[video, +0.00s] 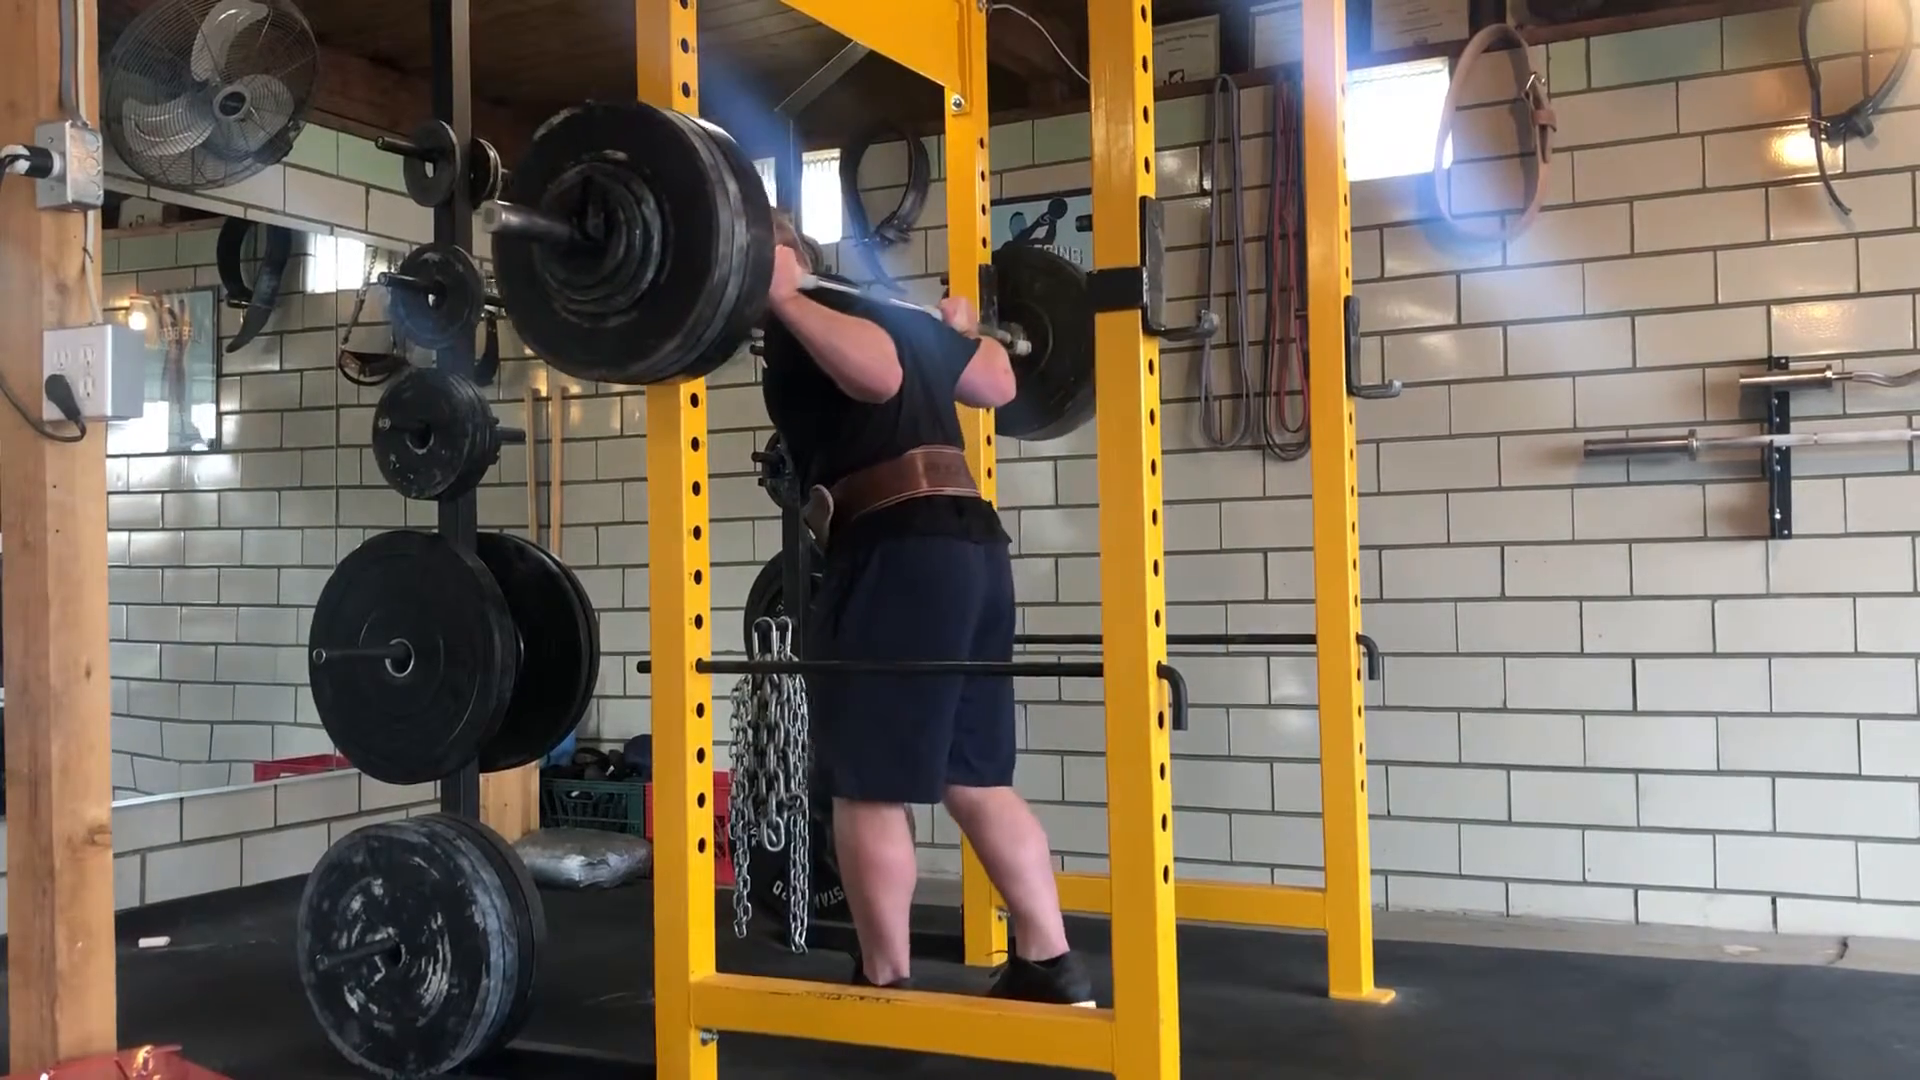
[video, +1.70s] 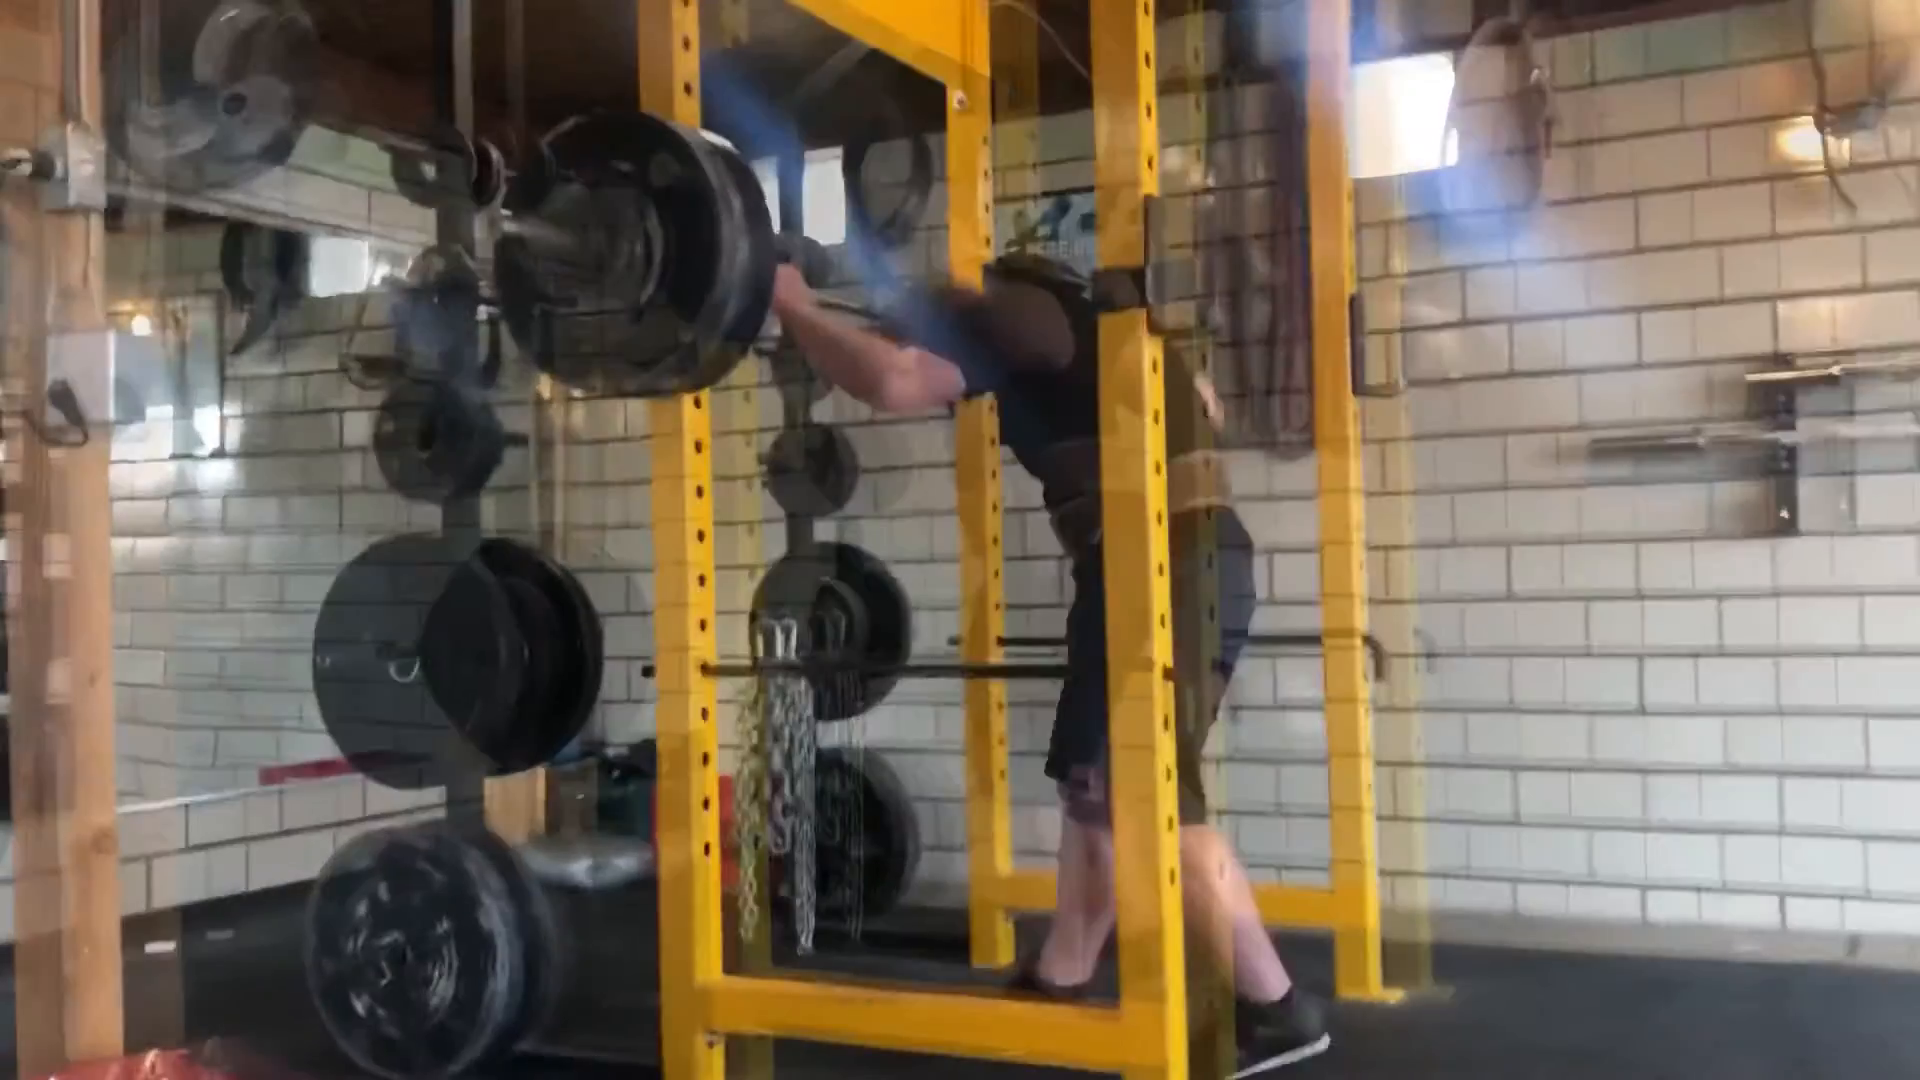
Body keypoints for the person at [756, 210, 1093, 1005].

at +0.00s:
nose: (752, 271)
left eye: (756, 252)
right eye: (750, 255)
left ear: (786, 251)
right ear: (804, 250)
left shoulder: (807, 317)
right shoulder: (894, 317)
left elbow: (880, 375)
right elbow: (997, 381)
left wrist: (781, 298)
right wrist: (964, 330)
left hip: (899, 554)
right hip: (977, 553)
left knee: (868, 784)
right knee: (975, 778)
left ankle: (884, 986)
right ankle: (1048, 964)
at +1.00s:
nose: (746, 378)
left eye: (742, 364)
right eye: (740, 364)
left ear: (759, 336)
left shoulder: (815, 340)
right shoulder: (920, 332)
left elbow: (898, 363)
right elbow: (1024, 360)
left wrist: (790, 312)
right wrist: (965, 326)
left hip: (969, 551)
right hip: (1039, 545)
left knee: (909, 776)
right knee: (1008, 775)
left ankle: (885, 981)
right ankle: (1048, 973)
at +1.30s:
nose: (840, 459)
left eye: (824, 452)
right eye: (826, 457)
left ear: (817, 406)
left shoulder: (864, 367)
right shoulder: (969, 338)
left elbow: (907, 350)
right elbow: (1072, 348)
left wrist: (786, 309)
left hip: (1041, 544)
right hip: (1101, 534)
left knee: (968, 760)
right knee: (1042, 769)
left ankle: (992, 988)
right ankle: (1055, 978)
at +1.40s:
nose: (868, 462)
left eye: (849, 454)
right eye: (853, 460)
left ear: (837, 403)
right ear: (846, 389)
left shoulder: (900, 351)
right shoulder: (991, 336)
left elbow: (903, 345)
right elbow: (1089, 359)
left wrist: (787, 308)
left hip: (1067, 541)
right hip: (1109, 529)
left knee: (995, 752)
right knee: (1046, 757)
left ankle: (1077, 967)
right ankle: (1064, 953)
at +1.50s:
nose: (879, 451)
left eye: (864, 441)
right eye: (863, 446)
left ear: (859, 396)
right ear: (863, 399)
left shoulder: (936, 331)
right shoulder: (951, 371)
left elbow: (901, 364)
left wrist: (792, 306)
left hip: (1101, 539)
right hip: (1080, 543)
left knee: (1055, 763)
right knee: (1050, 762)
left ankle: (1179, 968)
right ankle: (1054, 973)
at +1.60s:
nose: (870, 422)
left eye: (862, 406)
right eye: (862, 413)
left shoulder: (976, 312)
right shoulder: (1034, 319)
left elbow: (894, 375)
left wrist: (795, 305)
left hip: (1125, 547)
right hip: (1132, 545)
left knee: (1107, 780)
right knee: (1079, 782)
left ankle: (1249, 979)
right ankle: (1053, 989)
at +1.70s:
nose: (911, 319)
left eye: (918, 305)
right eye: (905, 313)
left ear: (953, 282)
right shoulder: (1082, 299)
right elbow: (1198, 402)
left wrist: (794, 310)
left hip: (1154, 564)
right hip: (1182, 555)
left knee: (1145, 786)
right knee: (1093, 779)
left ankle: (1277, 1004)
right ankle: (1060, 978)